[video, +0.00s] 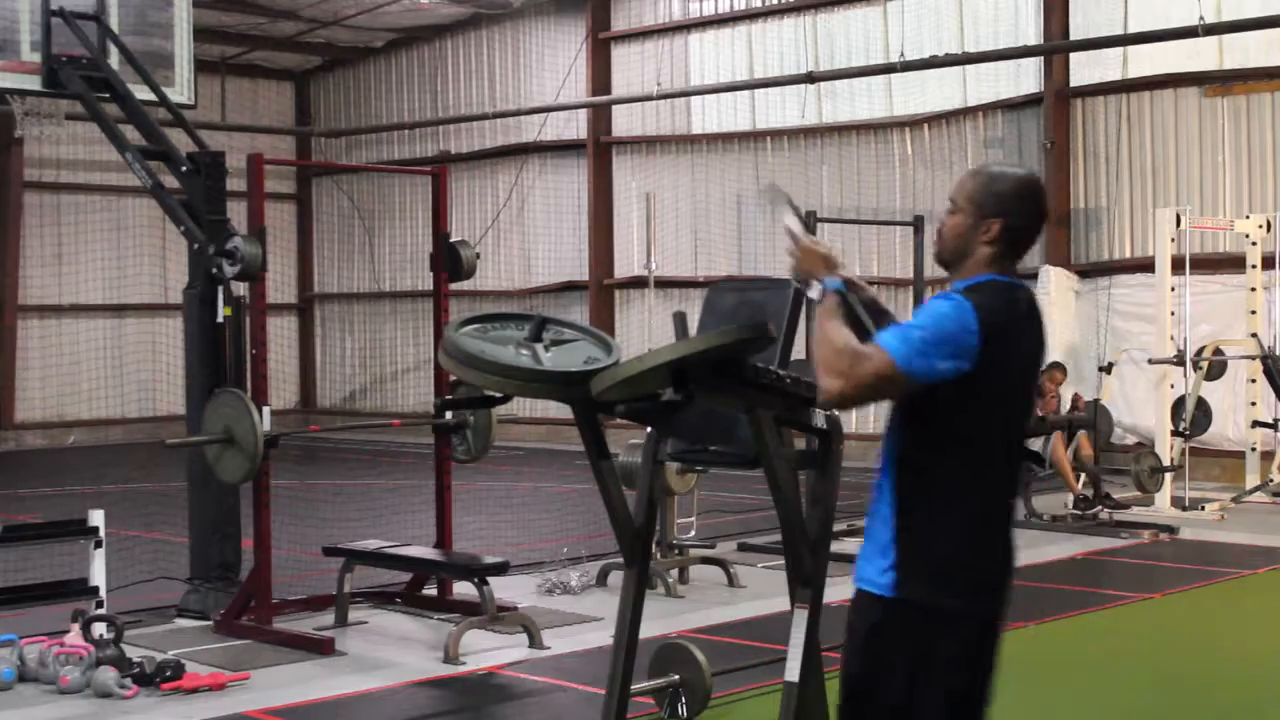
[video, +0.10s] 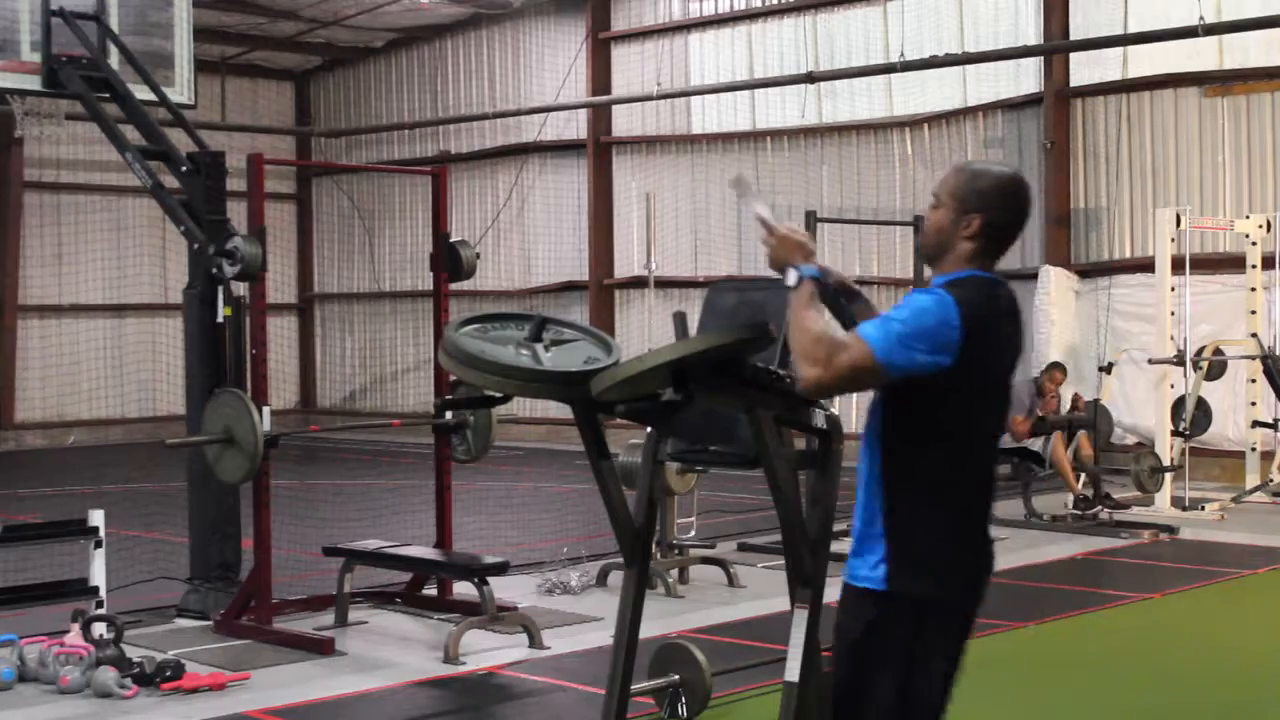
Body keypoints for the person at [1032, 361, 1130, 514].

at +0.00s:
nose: (1054, 388)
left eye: (1058, 385)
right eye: (1052, 383)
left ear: (1060, 383)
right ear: (1043, 377)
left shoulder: (1055, 395)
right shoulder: (1033, 394)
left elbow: (1059, 422)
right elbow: (1031, 424)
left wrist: (1073, 410)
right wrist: (1045, 411)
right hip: (1030, 439)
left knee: (1081, 434)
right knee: (1055, 437)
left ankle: (1099, 493)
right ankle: (1078, 496)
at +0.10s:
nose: (1054, 390)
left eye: (1058, 386)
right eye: (1051, 384)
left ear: (1061, 385)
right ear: (1042, 376)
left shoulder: (1054, 395)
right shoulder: (1022, 390)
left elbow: (1053, 425)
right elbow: (1018, 433)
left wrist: (1073, 412)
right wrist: (1040, 411)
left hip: (1039, 438)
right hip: (1013, 441)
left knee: (1081, 435)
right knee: (1055, 438)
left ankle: (1099, 494)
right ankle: (1078, 496)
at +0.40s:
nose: (1054, 388)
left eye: (1058, 385)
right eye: (1051, 382)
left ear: (1061, 385)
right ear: (1042, 374)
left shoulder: (1050, 395)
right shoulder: (1020, 391)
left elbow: (1054, 427)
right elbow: (1018, 434)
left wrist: (1073, 412)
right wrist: (1041, 411)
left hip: (1028, 438)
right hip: (1003, 439)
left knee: (1080, 435)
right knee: (1055, 439)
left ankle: (1099, 494)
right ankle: (1079, 498)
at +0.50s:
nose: (1054, 388)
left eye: (1058, 385)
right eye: (1051, 382)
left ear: (1061, 385)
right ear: (1041, 374)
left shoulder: (1050, 395)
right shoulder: (1020, 391)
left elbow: (1054, 427)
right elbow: (1018, 434)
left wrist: (1073, 412)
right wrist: (1041, 411)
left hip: (1028, 438)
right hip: (1003, 439)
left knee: (1080, 435)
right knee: (1055, 439)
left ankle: (1099, 494)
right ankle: (1079, 498)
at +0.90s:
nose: (1053, 388)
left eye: (1058, 385)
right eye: (1051, 381)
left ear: (1061, 385)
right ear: (1042, 374)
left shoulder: (1050, 395)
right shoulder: (1021, 391)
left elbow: (1054, 427)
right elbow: (1018, 434)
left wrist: (1073, 411)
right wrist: (1041, 412)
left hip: (1028, 438)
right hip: (1004, 439)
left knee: (1081, 435)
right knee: (1055, 439)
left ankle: (1099, 494)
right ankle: (1079, 497)